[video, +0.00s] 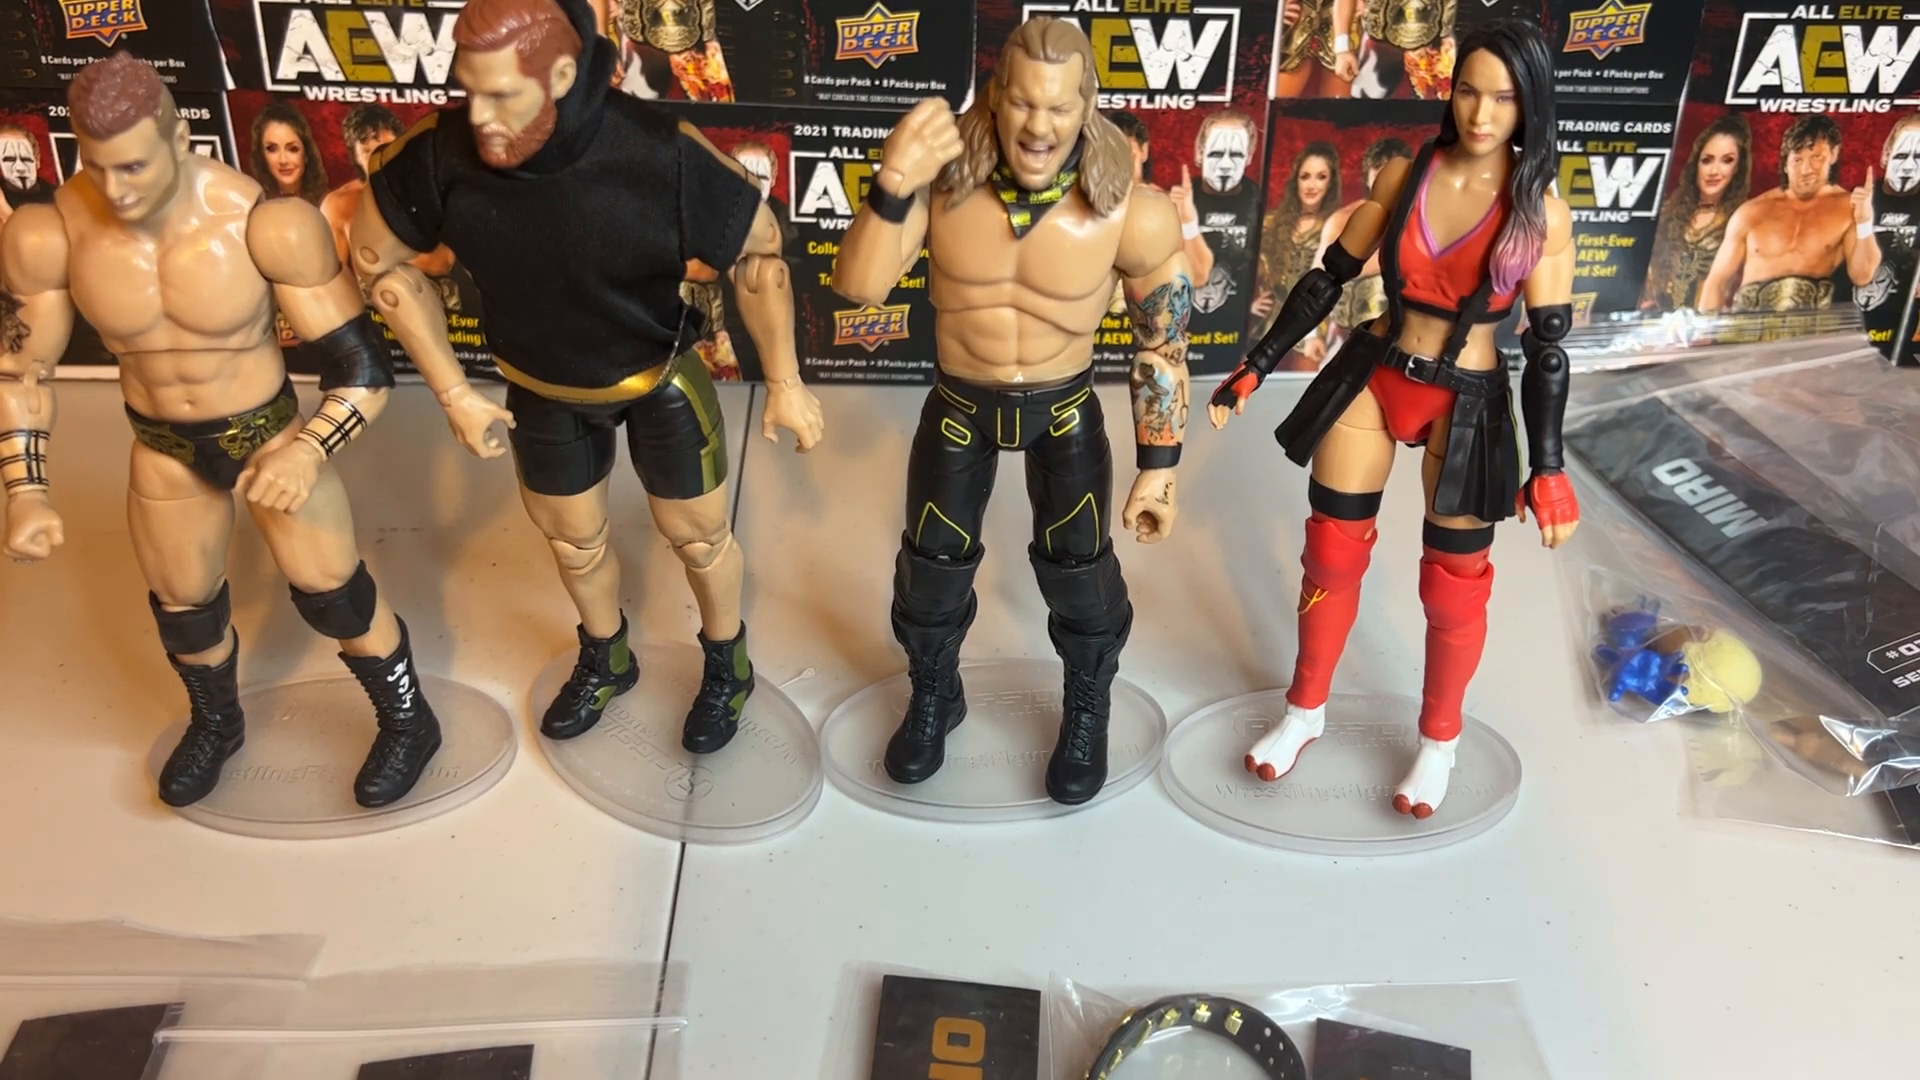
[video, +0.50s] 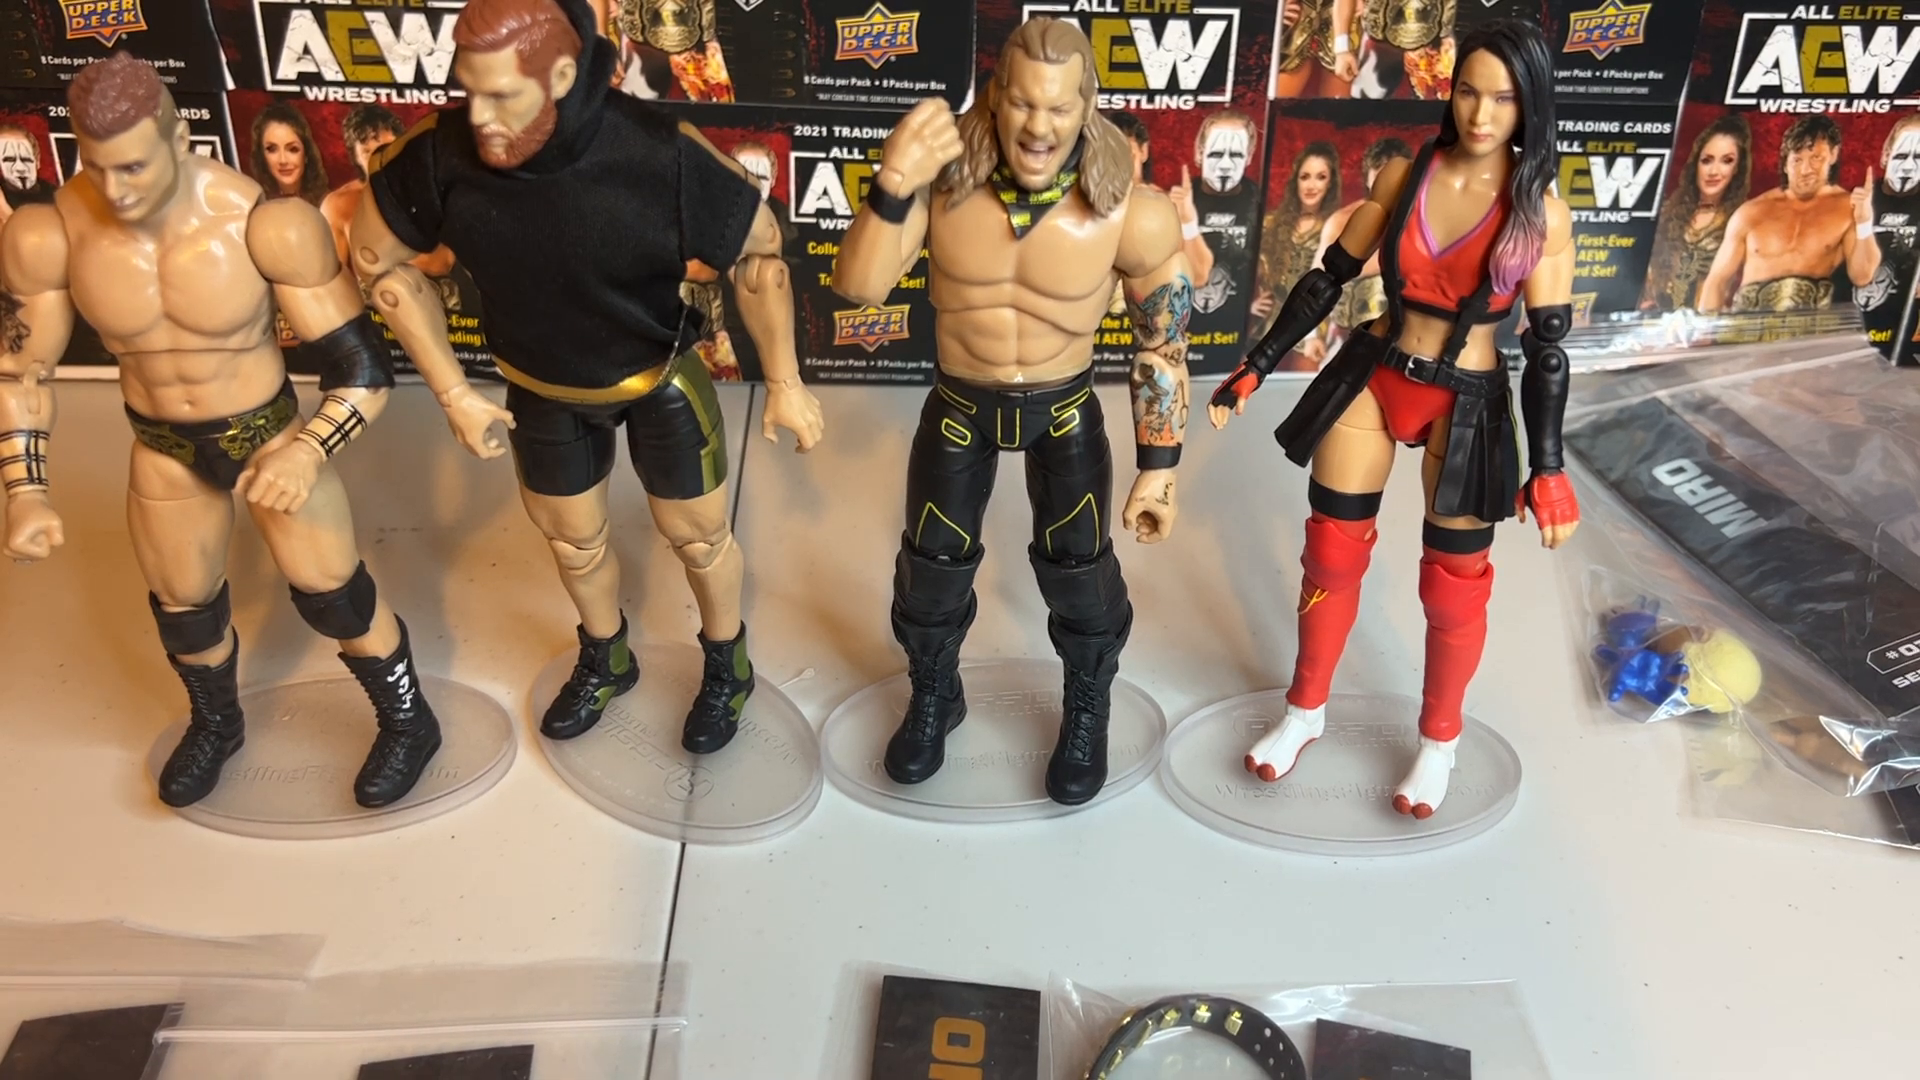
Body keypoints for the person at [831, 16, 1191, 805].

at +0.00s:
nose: (1040, 126)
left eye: (1060, 108)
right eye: (1024, 104)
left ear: (1086, 106)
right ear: (995, 95)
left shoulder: (1129, 206)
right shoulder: (943, 175)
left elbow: (1162, 337)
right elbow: (858, 286)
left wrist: (1161, 464)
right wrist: (892, 187)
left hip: (1064, 408)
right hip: (958, 402)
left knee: (1077, 567)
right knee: (933, 561)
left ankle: (1086, 712)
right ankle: (933, 697)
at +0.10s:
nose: (1040, 127)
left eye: (1060, 110)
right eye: (1024, 105)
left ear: (1087, 107)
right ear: (995, 95)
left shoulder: (1130, 208)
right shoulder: (944, 177)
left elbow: (1163, 339)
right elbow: (858, 287)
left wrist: (1161, 465)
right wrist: (892, 189)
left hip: (1064, 409)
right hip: (959, 404)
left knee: (1078, 570)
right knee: (933, 563)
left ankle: (1086, 714)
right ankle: (933, 699)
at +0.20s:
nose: (1039, 126)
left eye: (1059, 109)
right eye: (1024, 104)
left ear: (1086, 106)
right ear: (995, 94)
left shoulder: (1129, 206)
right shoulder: (943, 175)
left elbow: (1162, 336)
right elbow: (857, 286)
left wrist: (1160, 464)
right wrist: (891, 188)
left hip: (1064, 408)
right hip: (958, 403)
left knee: (1077, 567)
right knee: (932, 561)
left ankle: (1086, 712)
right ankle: (932, 697)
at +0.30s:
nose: (1040, 127)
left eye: (1060, 109)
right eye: (1024, 104)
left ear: (1086, 107)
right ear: (995, 95)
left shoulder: (1130, 208)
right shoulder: (944, 177)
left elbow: (1163, 339)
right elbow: (858, 287)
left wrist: (1161, 465)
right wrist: (892, 189)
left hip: (1064, 409)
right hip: (959, 404)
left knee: (1078, 569)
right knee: (933, 563)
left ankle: (1086, 713)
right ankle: (933, 699)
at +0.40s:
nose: (1039, 126)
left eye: (1059, 109)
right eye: (1024, 104)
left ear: (1086, 106)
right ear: (995, 95)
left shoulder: (1129, 207)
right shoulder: (944, 176)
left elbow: (1162, 336)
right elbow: (858, 286)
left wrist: (1161, 464)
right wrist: (892, 190)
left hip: (1064, 408)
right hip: (959, 403)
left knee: (1078, 569)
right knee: (932, 563)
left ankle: (1086, 713)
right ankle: (932, 699)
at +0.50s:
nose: (1039, 126)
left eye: (1059, 109)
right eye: (1023, 104)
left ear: (1086, 106)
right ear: (994, 94)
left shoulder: (1129, 207)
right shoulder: (943, 176)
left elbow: (1162, 337)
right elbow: (857, 287)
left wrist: (1161, 464)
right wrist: (892, 189)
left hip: (1064, 408)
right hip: (958, 403)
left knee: (1077, 568)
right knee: (932, 562)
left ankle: (1086, 712)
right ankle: (932, 699)